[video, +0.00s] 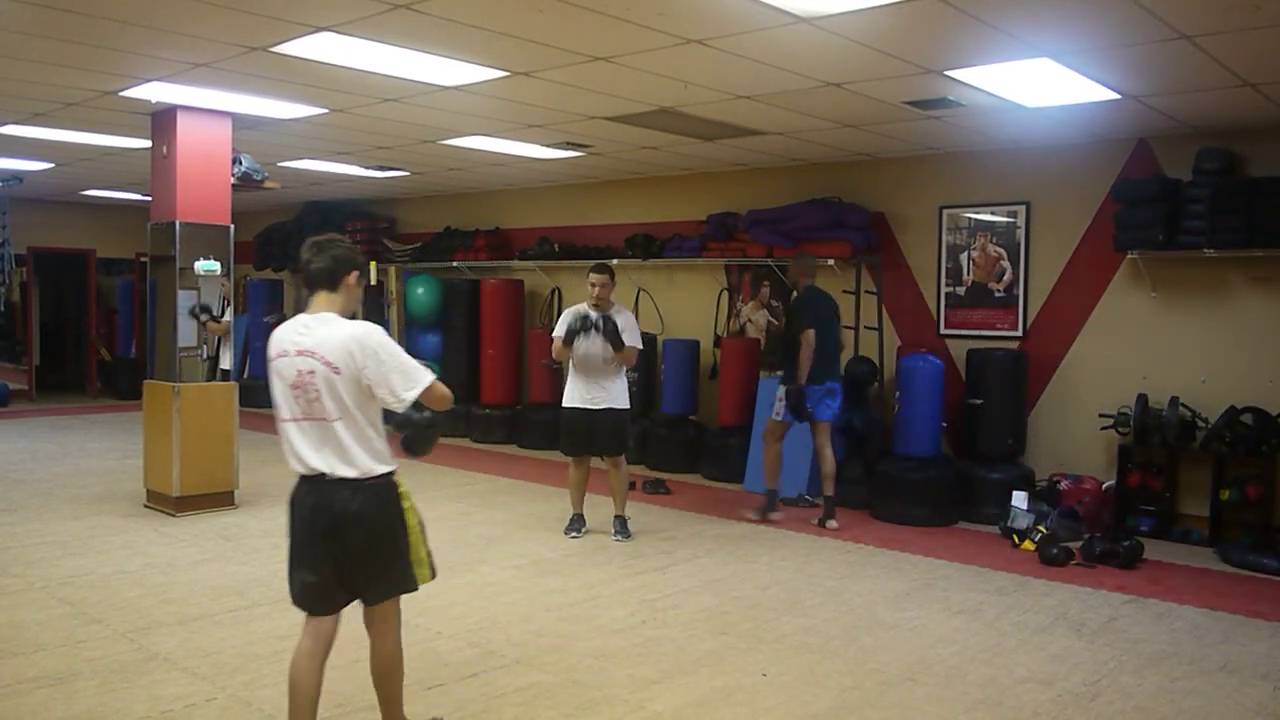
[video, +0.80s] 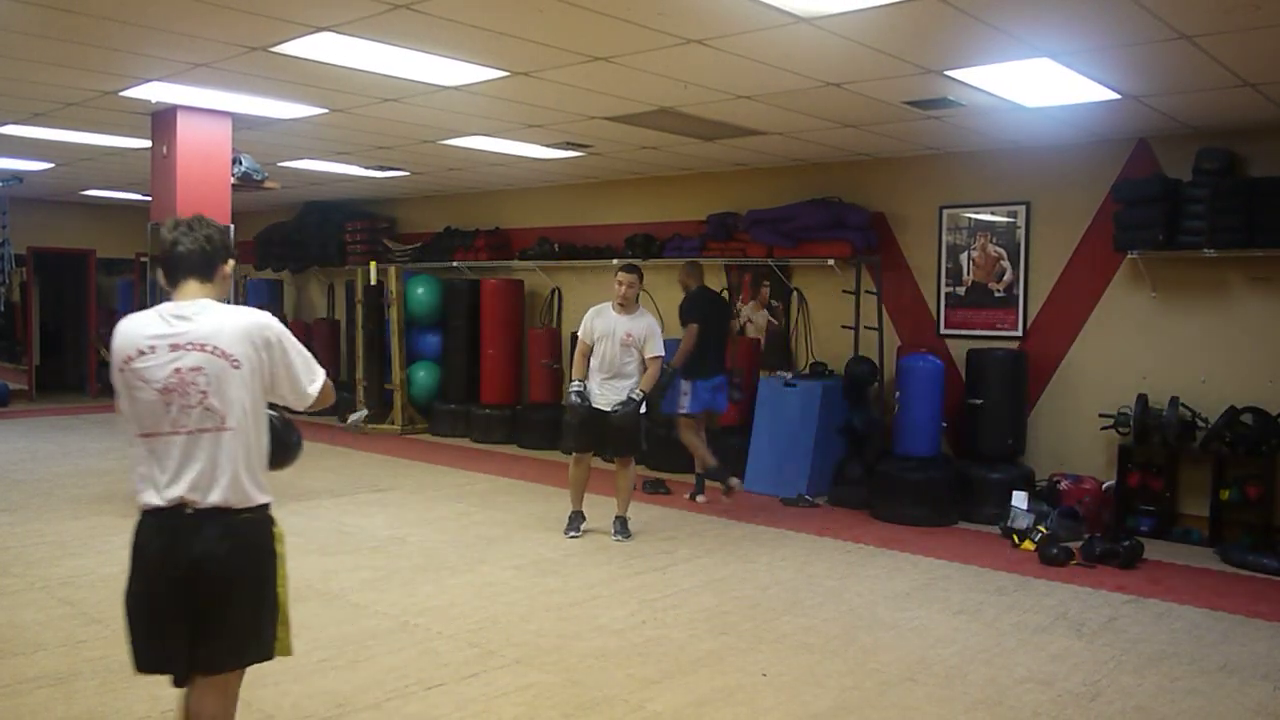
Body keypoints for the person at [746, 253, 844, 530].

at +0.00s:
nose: (787, 275)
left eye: (789, 270)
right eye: (789, 270)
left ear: (797, 273)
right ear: (813, 272)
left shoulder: (800, 301)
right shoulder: (829, 300)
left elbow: (809, 342)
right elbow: (840, 344)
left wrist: (799, 384)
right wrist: (825, 369)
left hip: (803, 381)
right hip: (829, 381)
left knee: (772, 436)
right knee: (823, 443)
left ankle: (771, 502)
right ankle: (829, 512)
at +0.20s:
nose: (758, 278)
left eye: (760, 274)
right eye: (760, 273)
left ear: (767, 275)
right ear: (784, 274)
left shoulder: (770, 303)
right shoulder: (798, 298)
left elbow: (775, 342)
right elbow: (812, 339)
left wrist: (768, 386)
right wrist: (800, 365)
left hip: (771, 383)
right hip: (799, 381)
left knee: (752, 439)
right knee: (795, 440)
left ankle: (751, 502)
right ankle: (819, 498)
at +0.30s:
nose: (741, 276)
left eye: (744, 271)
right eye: (743, 271)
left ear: (751, 275)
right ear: (766, 273)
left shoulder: (753, 303)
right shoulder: (783, 299)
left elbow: (755, 343)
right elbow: (798, 339)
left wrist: (744, 381)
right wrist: (794, 374)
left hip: (757, 381)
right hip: (781, 379)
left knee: (747, 437)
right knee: (771, 434)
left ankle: (750, 502)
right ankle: (800, 487)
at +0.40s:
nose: (729, 279)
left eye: (731, 274)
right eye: (730, 274)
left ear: (738, 275)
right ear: (754, 274)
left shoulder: (740, 301)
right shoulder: (771, 299)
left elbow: (739, 337)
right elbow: (786, 330)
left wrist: (726, 368)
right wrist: (785, 367)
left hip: (746, 376)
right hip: (768, 374)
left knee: (745, 436)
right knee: (750, 432)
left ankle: (750, 501)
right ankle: (771, 481)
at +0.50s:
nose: (718, 278)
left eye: (720, 274)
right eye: (720, 273)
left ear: (725, 275)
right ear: (742, 274)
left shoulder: (726, 301)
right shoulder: (758, 299)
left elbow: (723, 337)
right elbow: (773, 334)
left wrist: (708, 363)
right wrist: (777, 371)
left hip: (734, 376)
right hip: (756, 374)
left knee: (738, 435)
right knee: (734, 430)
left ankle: (750, 500)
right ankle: (740, 485)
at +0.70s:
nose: (694, 283)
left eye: (695, 279)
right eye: (695, 278)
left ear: (699, 280)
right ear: (715, 278)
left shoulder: (701, 303)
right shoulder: (731, 302)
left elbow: (699, 340)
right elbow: (749, 336)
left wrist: (678, 365)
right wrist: (755, 376)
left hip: (707, 377)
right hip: (728, 376)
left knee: (715, 433)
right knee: (705, 430)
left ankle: (742, 490)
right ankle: (700, 486)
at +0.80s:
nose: (679, 281)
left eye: (680, 277)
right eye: (680, 277)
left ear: (687, 277)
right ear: (701, 276)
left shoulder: (691, 300)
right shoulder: (720, 300)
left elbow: (690, 337)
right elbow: (730, 333)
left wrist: (673, 364)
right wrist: (720, 361)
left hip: (693, 374)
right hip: (715, 373)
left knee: (685, 429)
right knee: (700, 429)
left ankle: (722, 476)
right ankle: (699, 487)